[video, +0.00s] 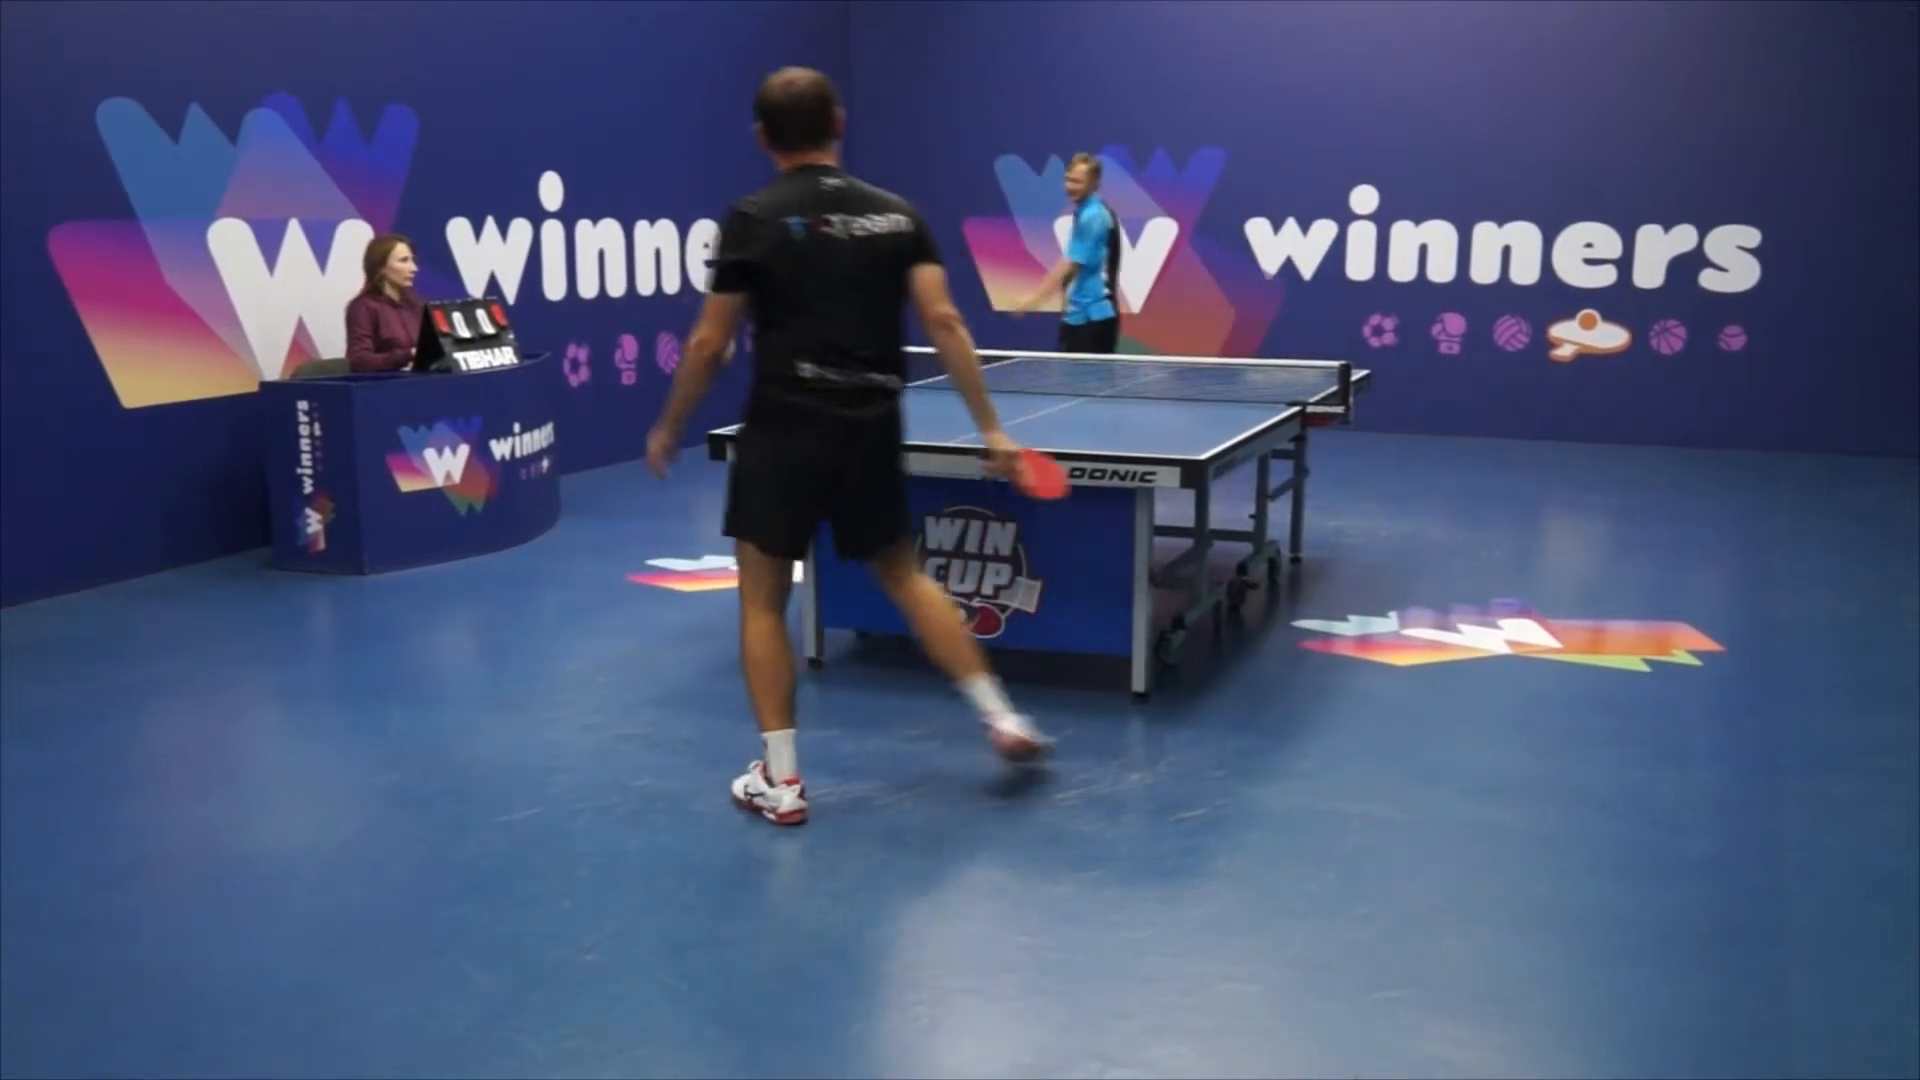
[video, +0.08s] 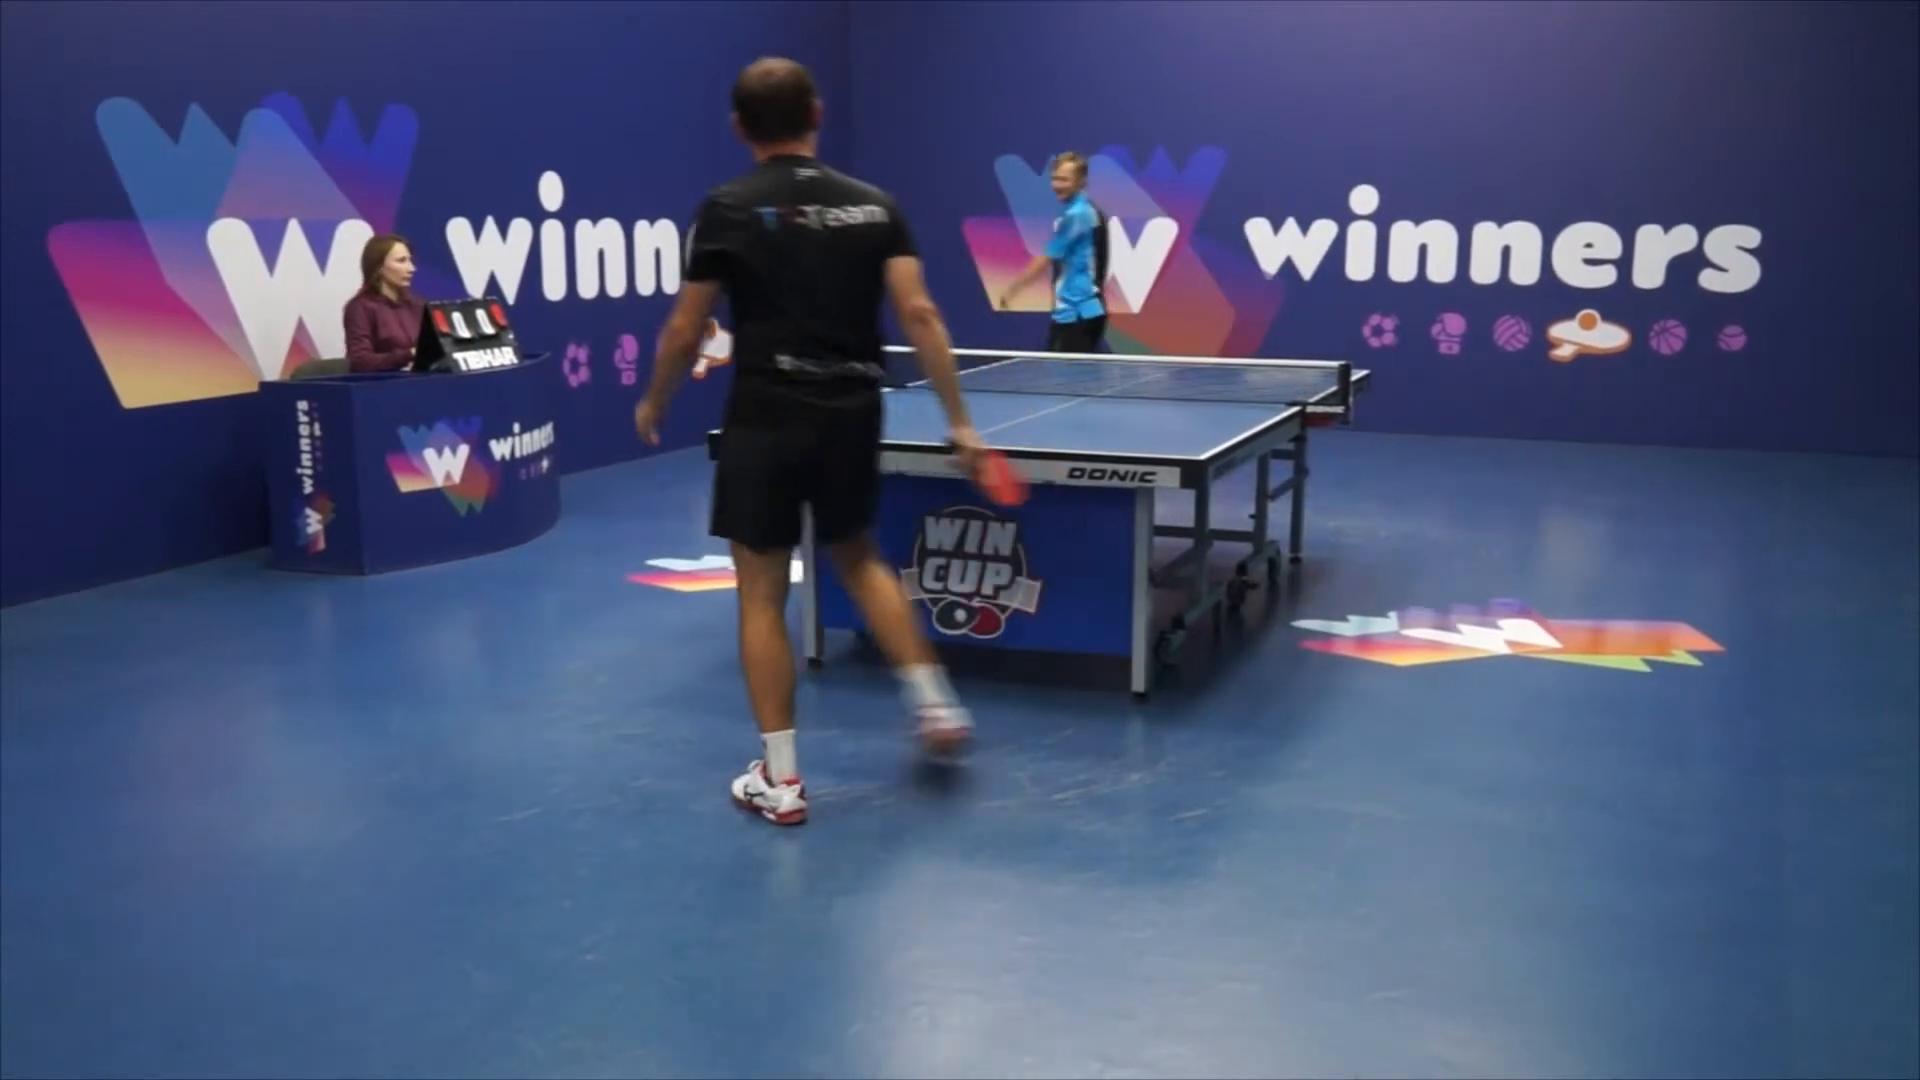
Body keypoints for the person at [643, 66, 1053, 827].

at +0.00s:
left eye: (758, 130)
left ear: (763, 137)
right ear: (837, 128)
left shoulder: (752, 222)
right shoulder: (895, 215)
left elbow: (710, 345)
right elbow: (944, 322)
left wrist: (668, 425)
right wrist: (991, 428)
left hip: (783, 440)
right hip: (872, 439)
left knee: (762, 599)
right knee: (906, 574)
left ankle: (781, 777)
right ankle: (1001, 716)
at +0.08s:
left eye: (737, 120)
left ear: (740, 127)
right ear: (815, 117)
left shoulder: (727, 211)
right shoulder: (872, 206)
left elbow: (686, 330)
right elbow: (919, 316)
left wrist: (654, 402)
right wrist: (960, 423)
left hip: (765, 428)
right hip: (851, 424)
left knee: (761, 598)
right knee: (859, 555)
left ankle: (781, 778)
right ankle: (935, 698)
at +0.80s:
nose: (695, 231)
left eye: (697, 220)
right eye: (695, 219)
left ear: (635, 208)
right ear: (676, 215)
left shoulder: (594, 241)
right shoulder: (650, 276)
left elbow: (504, 301)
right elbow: (654, 392)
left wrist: (551, 351)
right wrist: (709, 390)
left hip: (491, 394)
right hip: (527, 406)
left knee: (545, 533)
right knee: (584, 562)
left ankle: (547, 656)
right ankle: (583, 742)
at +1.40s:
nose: (687, 224)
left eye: (687, 212)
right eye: (687, 212)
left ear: (629, 203)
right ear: (667, 210)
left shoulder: (591, 237)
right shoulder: (642, 269)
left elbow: (500, 301)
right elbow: (638, 387)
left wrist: (540, 359)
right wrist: (707, 399)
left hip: (492, 394)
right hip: (525, 404)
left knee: (545, 534)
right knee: (582, 562)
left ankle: (547, 656)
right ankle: (583, 742)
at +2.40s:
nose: (680, 164)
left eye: (678, 152)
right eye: (677, 153)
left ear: (611, 158)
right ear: (660, 158)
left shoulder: (564, 216)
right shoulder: (652, 236)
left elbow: (515, 307)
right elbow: (650, 349)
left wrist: (577, 334)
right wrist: (715, 352)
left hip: (546, 396)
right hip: (602, 407)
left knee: (584, 513)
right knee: (634, 571)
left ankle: (560, 633)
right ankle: (586, 740)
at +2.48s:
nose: (686, 169)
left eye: (684, 157)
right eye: (683, 158)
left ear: (616, 164)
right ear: (665, 163)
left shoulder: (564, 224)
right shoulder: (658, 237)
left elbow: (517, 310)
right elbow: (658, 350)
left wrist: (559, 349)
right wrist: (719, 359)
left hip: (551, 402)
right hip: (609, 412)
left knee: (581, 521)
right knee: (636, 573)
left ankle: (573, 638)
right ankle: (587, 739)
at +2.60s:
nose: (693, 182)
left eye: (691, 170)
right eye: (689, 171)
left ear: (625, 175)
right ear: (670, 175)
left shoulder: (578, 231)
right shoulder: (664, 248)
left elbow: (520, 316)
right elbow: (666, 356)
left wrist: (561, 360)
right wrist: (728, 362)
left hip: (556, 409)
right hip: (613, 416)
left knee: (591, 527)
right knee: (637, 574)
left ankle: (583, 643)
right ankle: (589, 735)